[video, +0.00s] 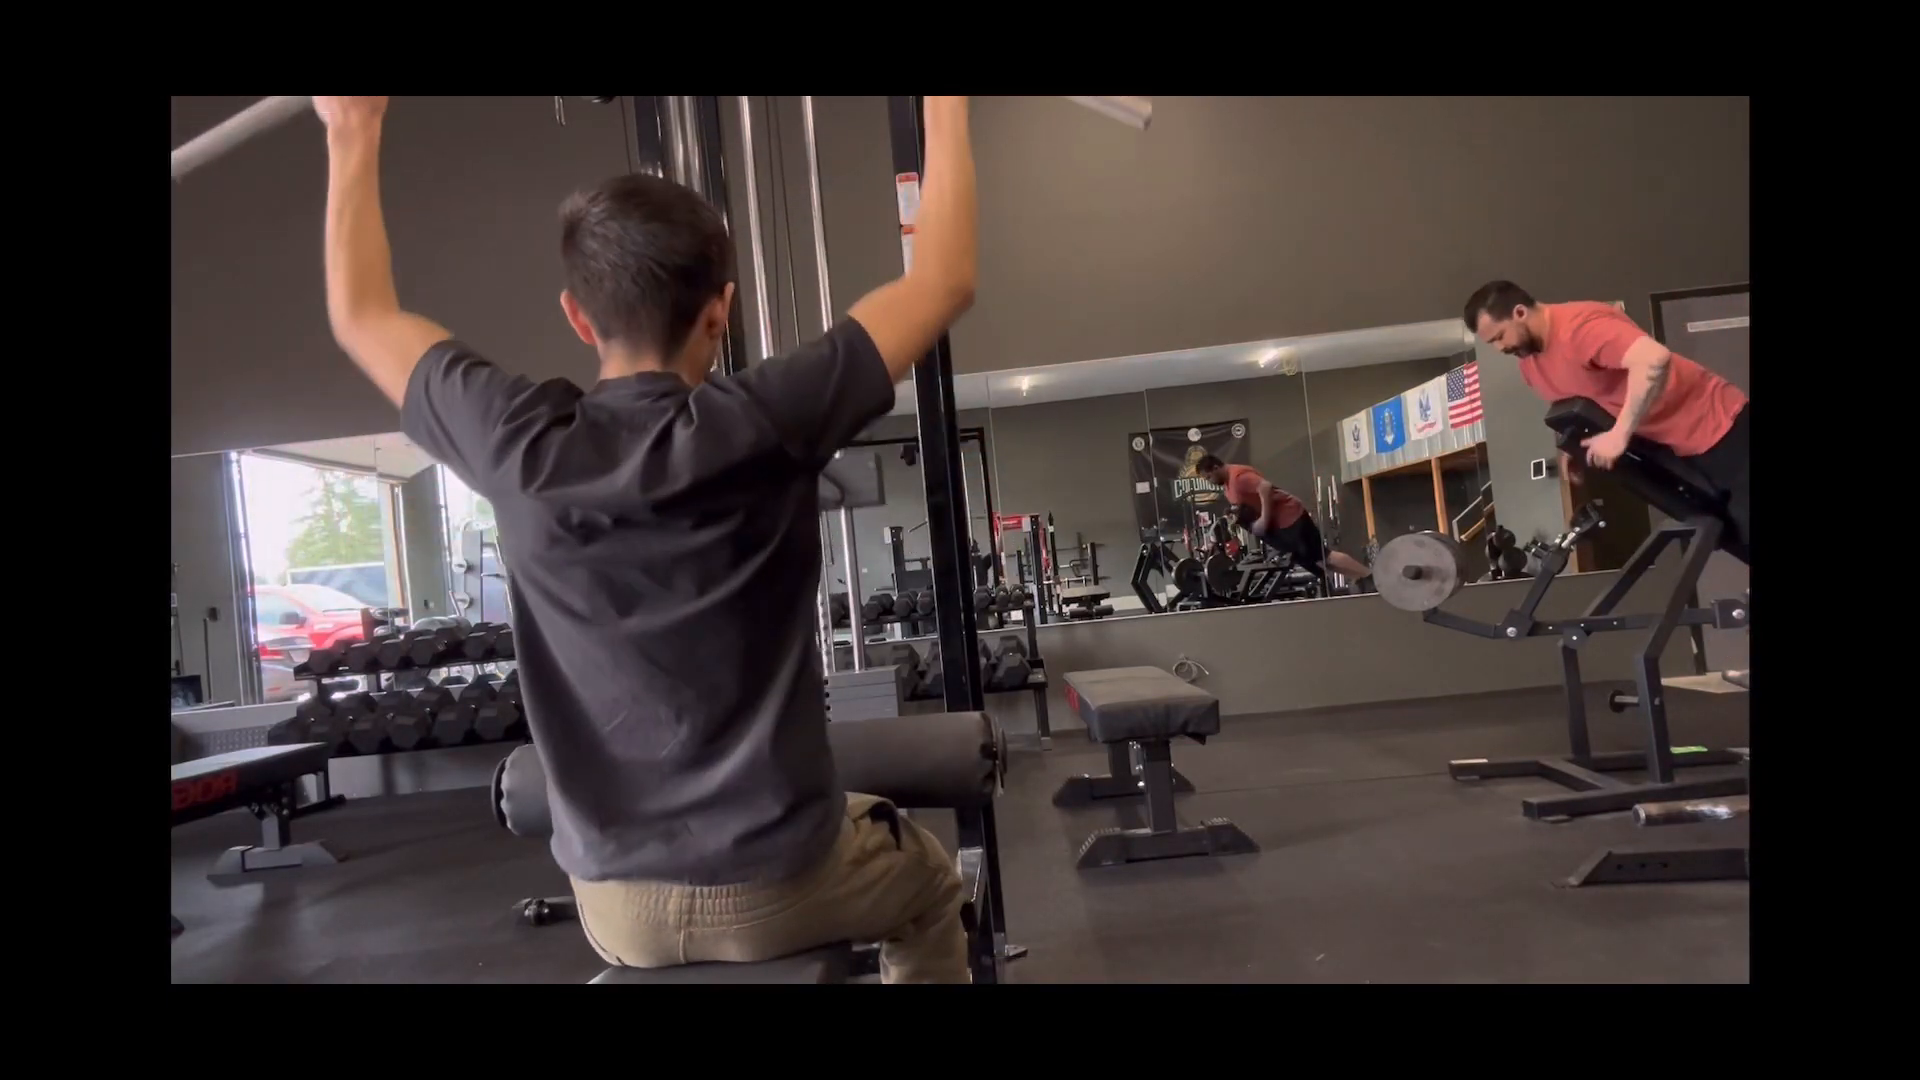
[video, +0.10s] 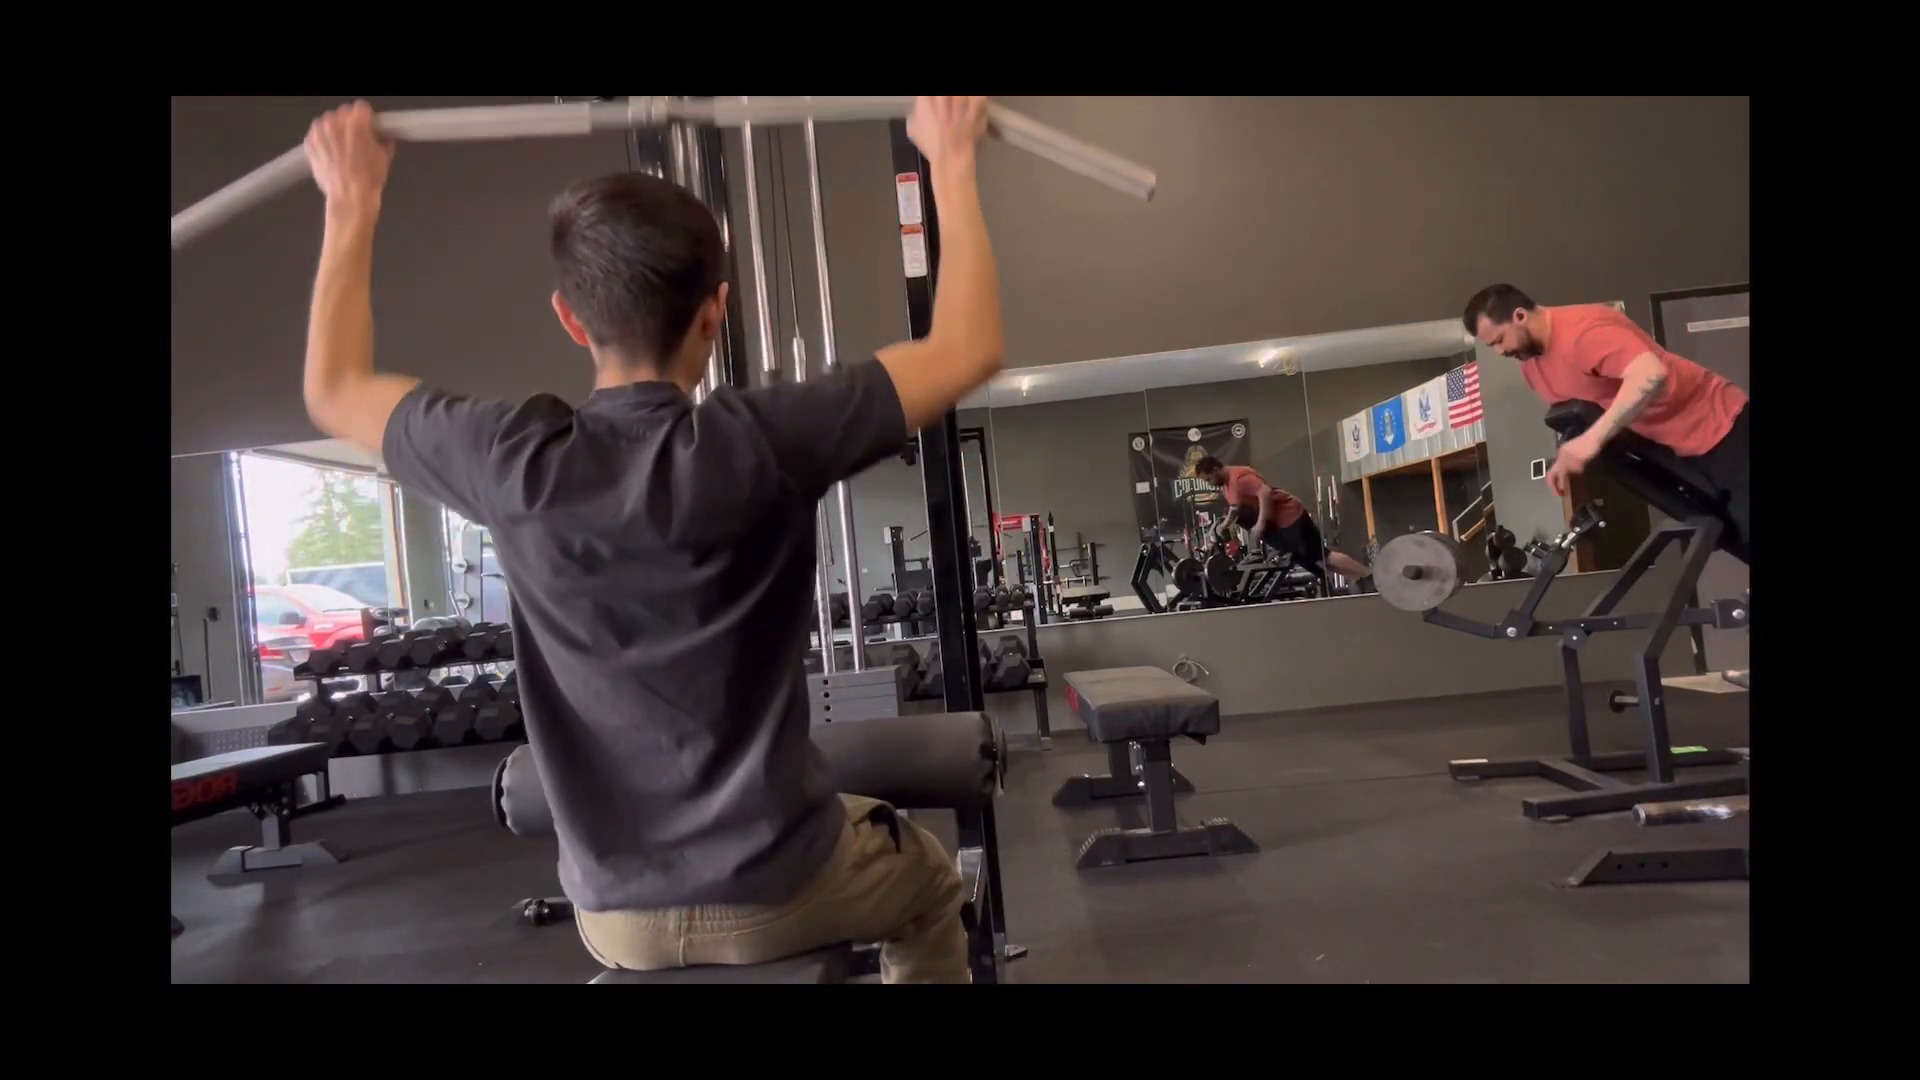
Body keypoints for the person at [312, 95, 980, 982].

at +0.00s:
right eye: (729, 294)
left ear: (577, 317)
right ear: (718, 313)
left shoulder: (520, 441)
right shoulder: (769, 420)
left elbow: (359, 313)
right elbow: (942, 282)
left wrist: (350, 131)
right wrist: (947, 105)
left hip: (615, 904)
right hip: (780, 890)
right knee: (927, 882)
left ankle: (632, 972)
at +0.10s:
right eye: (722, 290)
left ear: (570, 320)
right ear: (716, 311)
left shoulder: (513, 459)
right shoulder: (766, 438)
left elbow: (332, 386)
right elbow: (968, 349)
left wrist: (348, 204)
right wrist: (955, 165)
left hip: (613, 915)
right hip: (776, 899)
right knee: (924, 881)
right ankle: (927, 979)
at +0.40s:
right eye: (711, 295)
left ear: (546, 333)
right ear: (701, 317)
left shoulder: (513, 500)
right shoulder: (767, 470)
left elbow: (344, 641)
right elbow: (969, 586)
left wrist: (369, 455)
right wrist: (970, 407)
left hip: (617, 915)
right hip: (784, 900)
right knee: (933, 881)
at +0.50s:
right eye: (710, 297)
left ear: (547, 337)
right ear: (702, 319)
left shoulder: (517, 505)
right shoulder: (765, 482)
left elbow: (348, 683)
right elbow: (960, 622)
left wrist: (373, 494)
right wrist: (973, 449)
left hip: (616, 914)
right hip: (782, 900)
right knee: (934, 874)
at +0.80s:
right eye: (702, 302)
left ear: (531, 347)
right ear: (693, 331)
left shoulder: (495, 512)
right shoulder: (763, 480)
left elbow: (337, 598)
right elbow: (984, 533)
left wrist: (368, 412)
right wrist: (973, 357)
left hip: (619, 921)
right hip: (788, 905)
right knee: (927, 865)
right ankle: (928, 977)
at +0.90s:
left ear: (518, 353)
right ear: (686, 326)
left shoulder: (488, 508)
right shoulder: (762, 478)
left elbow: (337, 512)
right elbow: (980, 455)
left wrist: (362, 331)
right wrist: (968, 277)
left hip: (616, 923)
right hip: (781, 908)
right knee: (926, 859)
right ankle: (927, 980)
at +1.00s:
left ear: (511, 351)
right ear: (680, 327)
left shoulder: (491, 490)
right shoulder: (761, 458)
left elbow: (341, 418)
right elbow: (960, 380)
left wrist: (351, 240)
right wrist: (960, 193)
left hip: (612, 924)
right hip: (780, 902)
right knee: (923, 864)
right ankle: (925, 977)